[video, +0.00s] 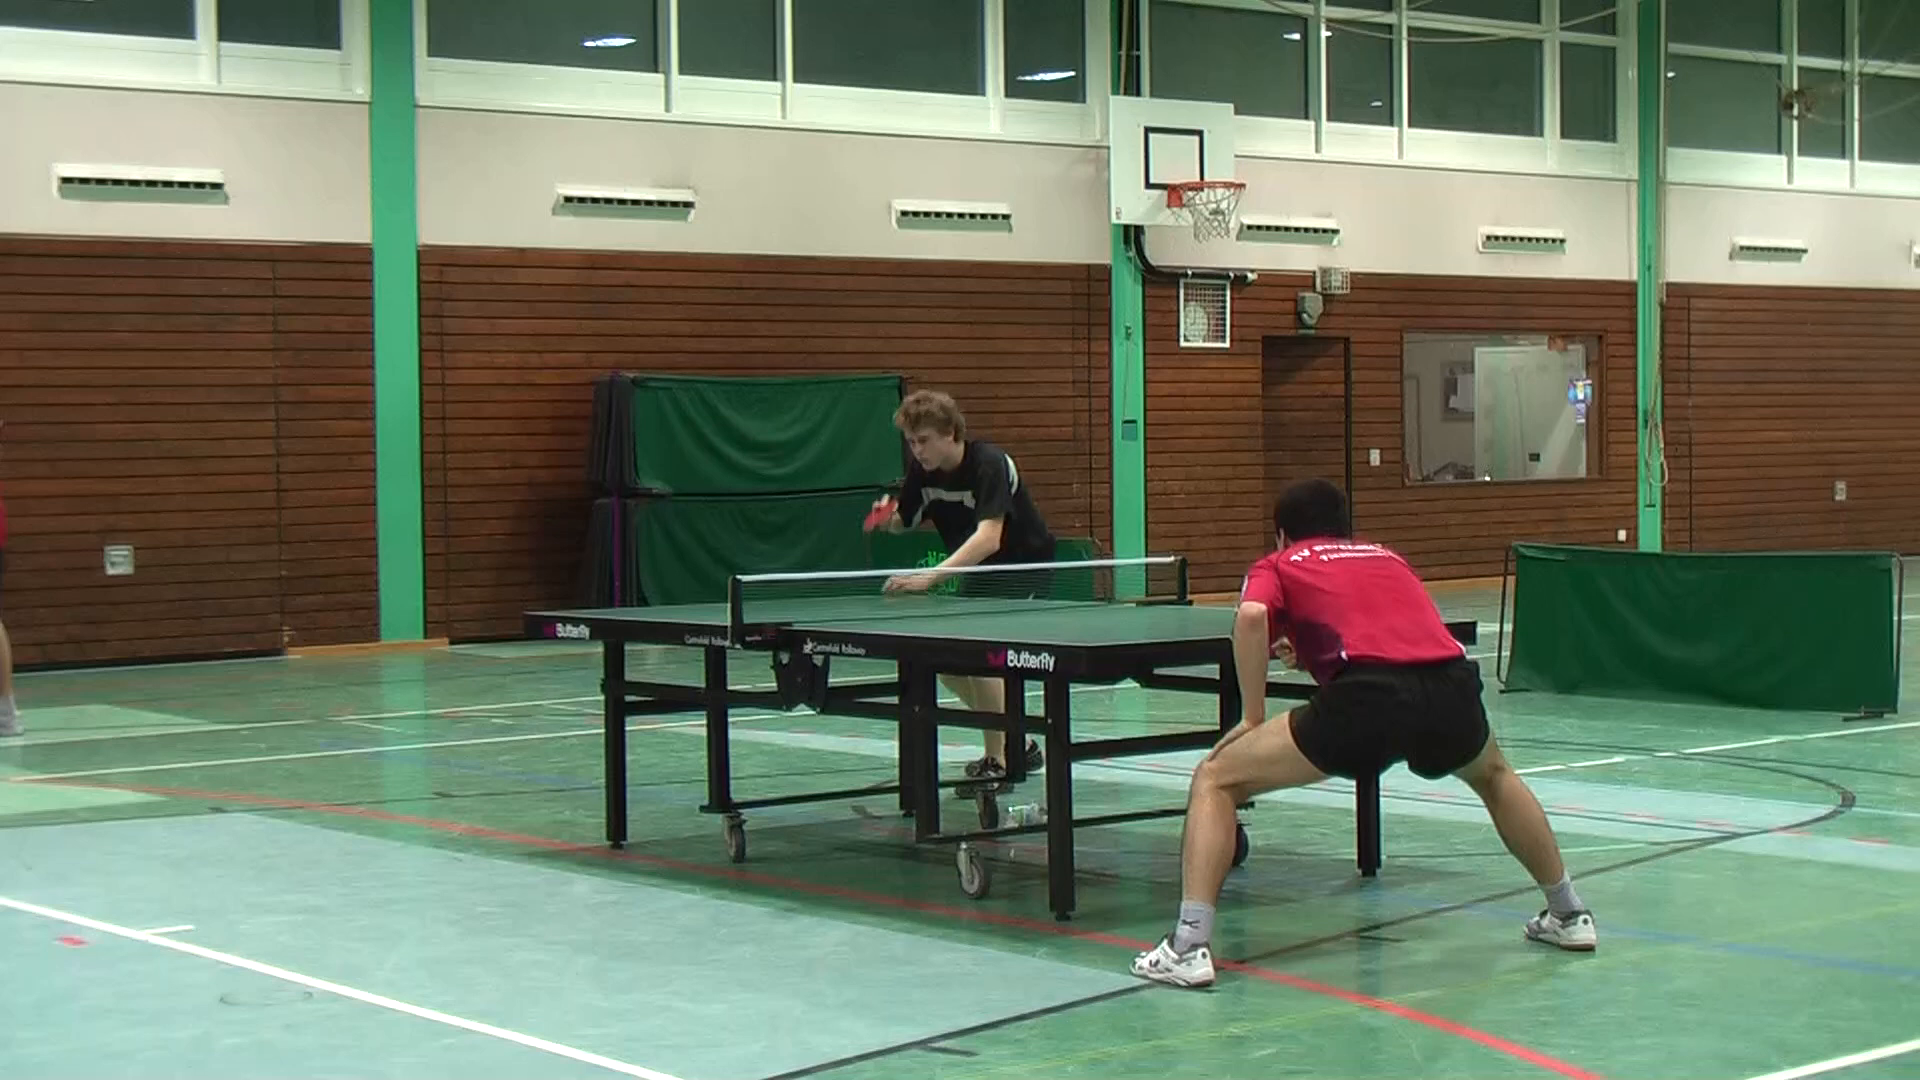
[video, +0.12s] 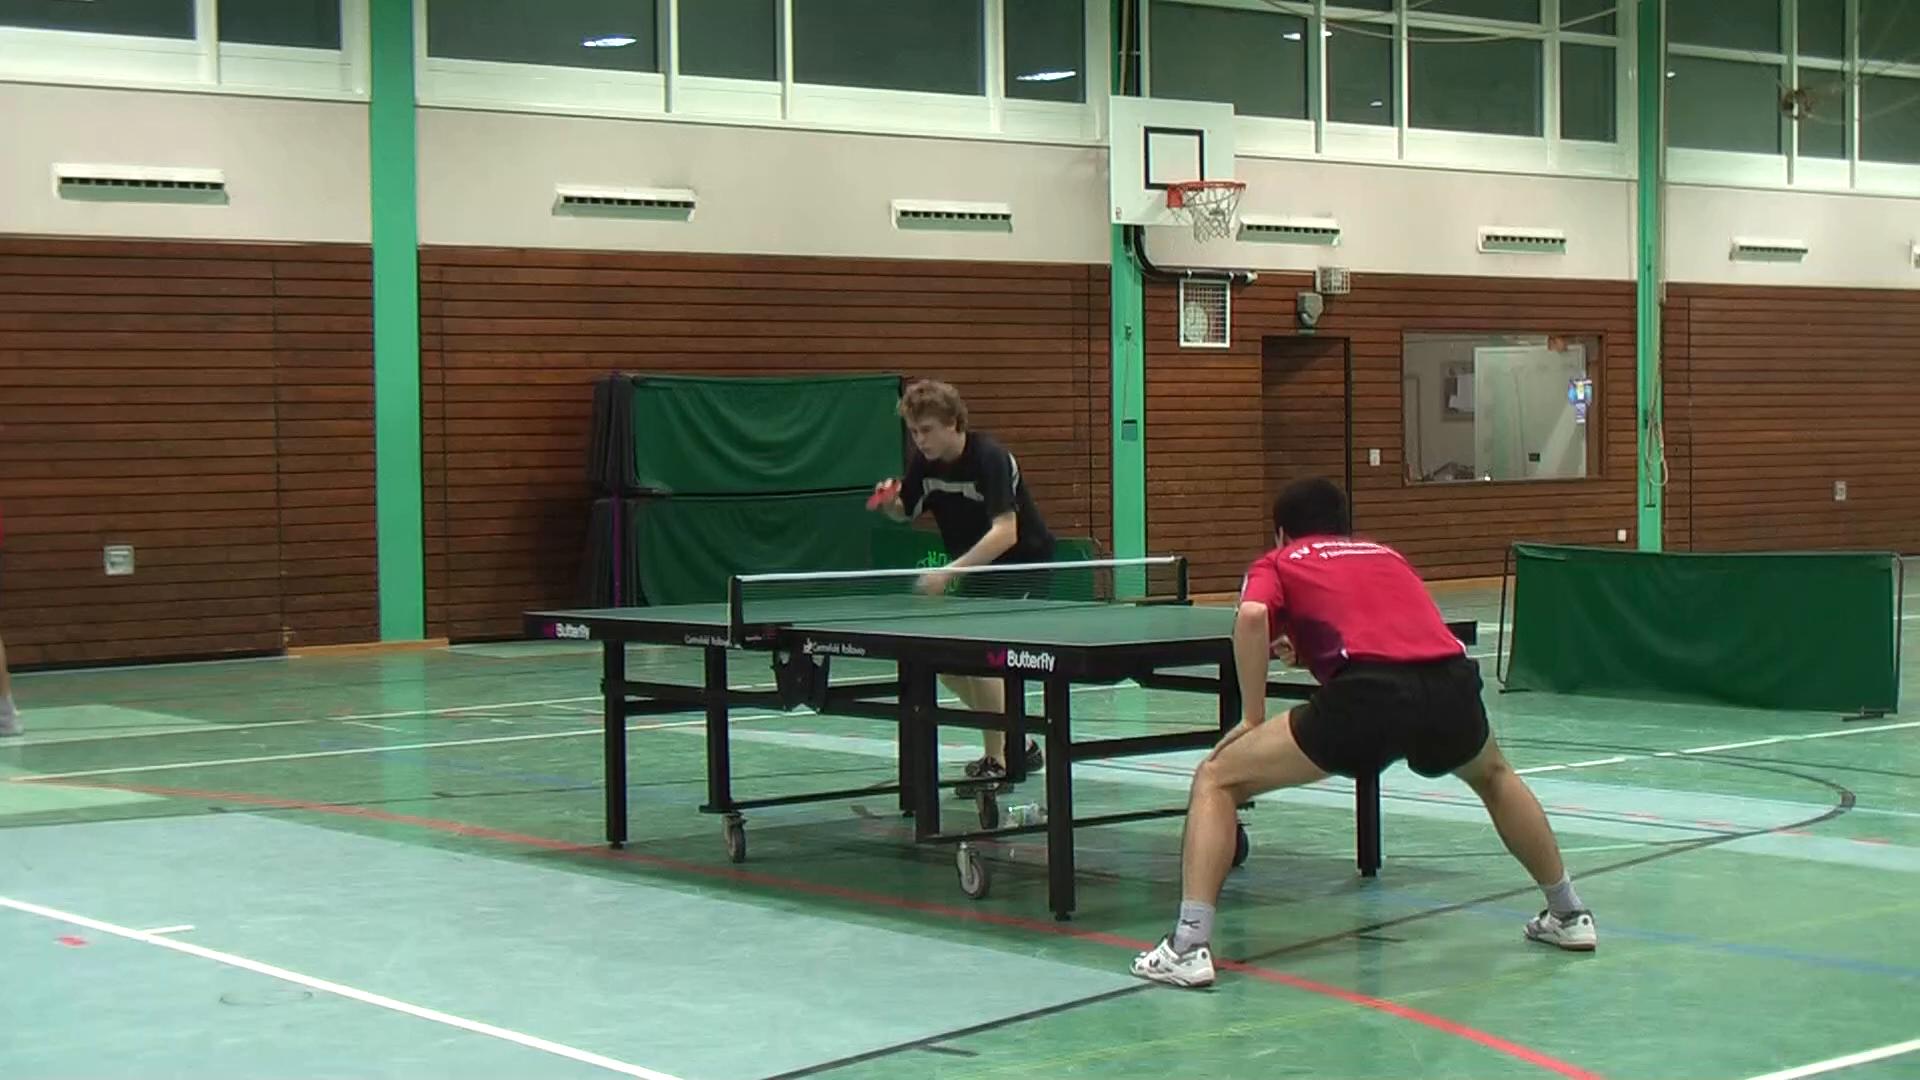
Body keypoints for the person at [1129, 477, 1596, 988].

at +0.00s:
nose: (1272, 543)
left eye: (1273, 536)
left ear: (1282, 533)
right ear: (1346, 529)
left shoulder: (1276, 564)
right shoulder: (1384, 556)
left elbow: (1252, 616)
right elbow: (1410, 626)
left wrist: (1251, 717)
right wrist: (1324, 650)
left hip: (1365, 703)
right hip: (1452, 699)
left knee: (1214, 780)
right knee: (1495, 776)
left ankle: (1188, 945)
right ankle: (1569, 911)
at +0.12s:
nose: (1272, 540)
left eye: (1272, 533)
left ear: (1281, 532)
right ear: (1346, 527)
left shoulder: (1276, 561)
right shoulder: (1383, 553)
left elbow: (1252, 617)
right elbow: (1398, 621)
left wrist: (1251, 717)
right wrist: (1314, 646)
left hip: (1367, 701)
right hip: (1452, 697)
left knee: (1214, 780)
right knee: (1494, 776)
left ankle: (1188, 945)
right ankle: (1569, 911)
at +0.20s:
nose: (1273, 537)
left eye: (1273, 530)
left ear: (1281, 529)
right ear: (1345, 524)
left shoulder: (1276, 559)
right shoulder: (1383, 550)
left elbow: (1252, 617)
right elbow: (1395, 619)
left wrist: (1252, 716)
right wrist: (1312, 643)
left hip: (1367, 699)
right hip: (1452, 695)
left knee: (1217, 779)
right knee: (1494, 776)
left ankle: (1188, 946)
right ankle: (1569, 911)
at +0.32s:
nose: (1274, 531)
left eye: (1273, 525)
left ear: (1281, 524)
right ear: (1345, 518)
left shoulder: (1276, 554)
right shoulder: (1384, 545)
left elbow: (1253, 617)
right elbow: (1393, 611)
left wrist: (1255, 714)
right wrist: (1310, 636)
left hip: (1369, 695)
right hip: (1453, 691)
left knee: (1219, 778)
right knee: (1493, 776)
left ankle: (1189, 945)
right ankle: (1569, 911)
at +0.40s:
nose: (1274, 529)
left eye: (1273, 523)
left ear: (1282, 522)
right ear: (1344, 515)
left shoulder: (1278, 551)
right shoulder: (1383, 542)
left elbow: (1254, 616)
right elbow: (1389, 606)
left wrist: (1256, 715)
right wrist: (1308, 632)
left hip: (1369, 692)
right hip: (1453, 688)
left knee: (1221, 778)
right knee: (1493, 776)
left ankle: (1188, 945)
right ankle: (1570, 912)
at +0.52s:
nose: (1273, 524)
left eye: (1273, 517)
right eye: (1275, 518)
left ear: (1283, 516)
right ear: (1344, 510)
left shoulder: (1279, 547)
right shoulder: (1386, 537)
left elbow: (1256, 615)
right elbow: (1394, 602)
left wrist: (1257, 715)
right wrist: (1311, 628)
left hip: (1370, 687)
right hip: (1454, 685)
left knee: (1224, 777)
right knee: (1494, 775)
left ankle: (1189, 945)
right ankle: (1569, 912)